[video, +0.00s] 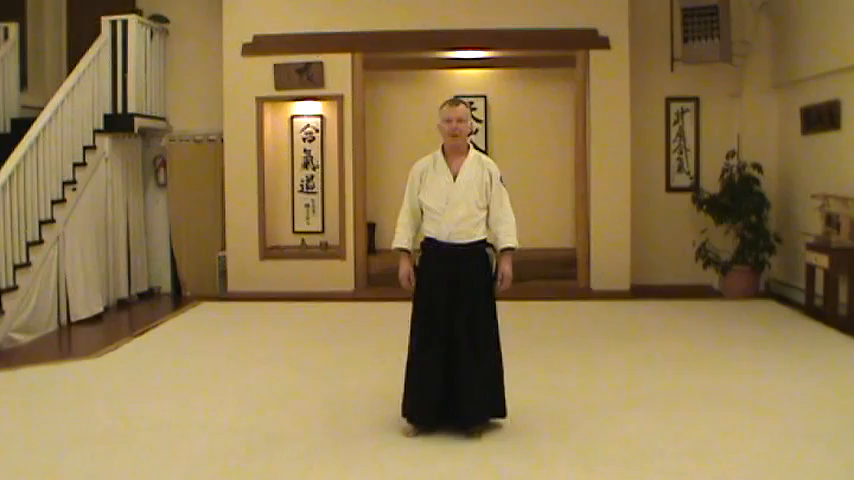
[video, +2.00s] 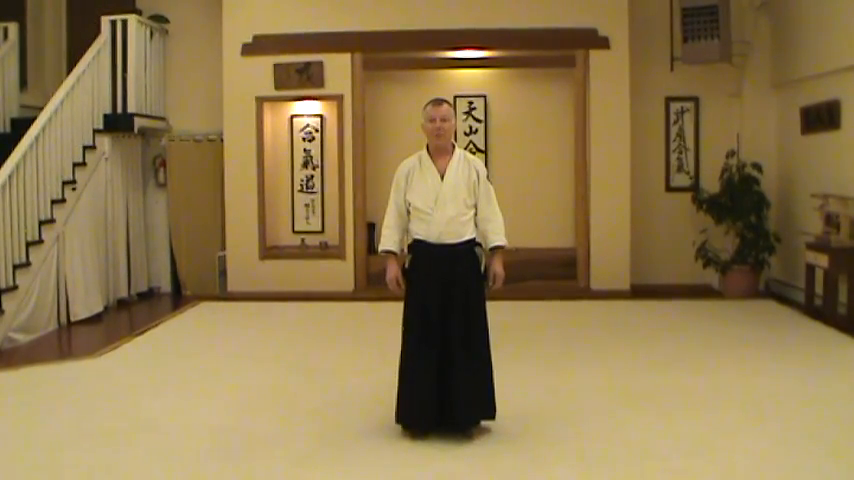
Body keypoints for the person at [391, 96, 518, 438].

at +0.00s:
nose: (455, 126)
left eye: (461, 121)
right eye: (448, 121)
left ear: (472, 125)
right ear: (438, 126)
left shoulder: (487, 167)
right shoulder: (423, 168)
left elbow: (501, 213)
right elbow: (409, 213)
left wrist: (506, 256)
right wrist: (404, 256)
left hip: (473, 258)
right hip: (434, 258)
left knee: (473, 334)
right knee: (429, 333)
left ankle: (474, 413)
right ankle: (422, 412)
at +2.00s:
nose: (439, 126)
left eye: (445, 120)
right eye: (432, 120)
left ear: (455, 124)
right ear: (423, 126)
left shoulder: (472, 166)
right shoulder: (408, 168)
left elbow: (488, 211)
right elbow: (395, 214)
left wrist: (495, 255)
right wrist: (391, 258)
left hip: (463, 259)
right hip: (423, 259)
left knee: (464, 334)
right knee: (423, 335)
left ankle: (464, 415)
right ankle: (420, 416)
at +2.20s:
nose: (438, 129)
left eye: (445, 122)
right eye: (432, 123)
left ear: (455, 126)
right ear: (423, 128)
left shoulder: (472, 167)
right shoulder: (409, 169)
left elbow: (488, 212)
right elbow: (395, 216)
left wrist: (495, 256)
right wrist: (391, 259)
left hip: (463, 260)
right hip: (424, 260)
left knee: (464, 336)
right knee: (422, 336)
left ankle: (464, 416)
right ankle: (419, 417)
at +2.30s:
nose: (439, 128)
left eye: (445, 121)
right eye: (432, 122)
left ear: (455, 125)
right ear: (423, 128)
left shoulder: (472, 166)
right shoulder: (409, 169)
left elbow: (488, 211)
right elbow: (395, 215)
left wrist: (495, 255)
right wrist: (392, 259)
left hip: (463, 259)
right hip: (424, 259)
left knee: (464, 335)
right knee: (422, 335)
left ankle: (463, 415)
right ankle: (419, 416)